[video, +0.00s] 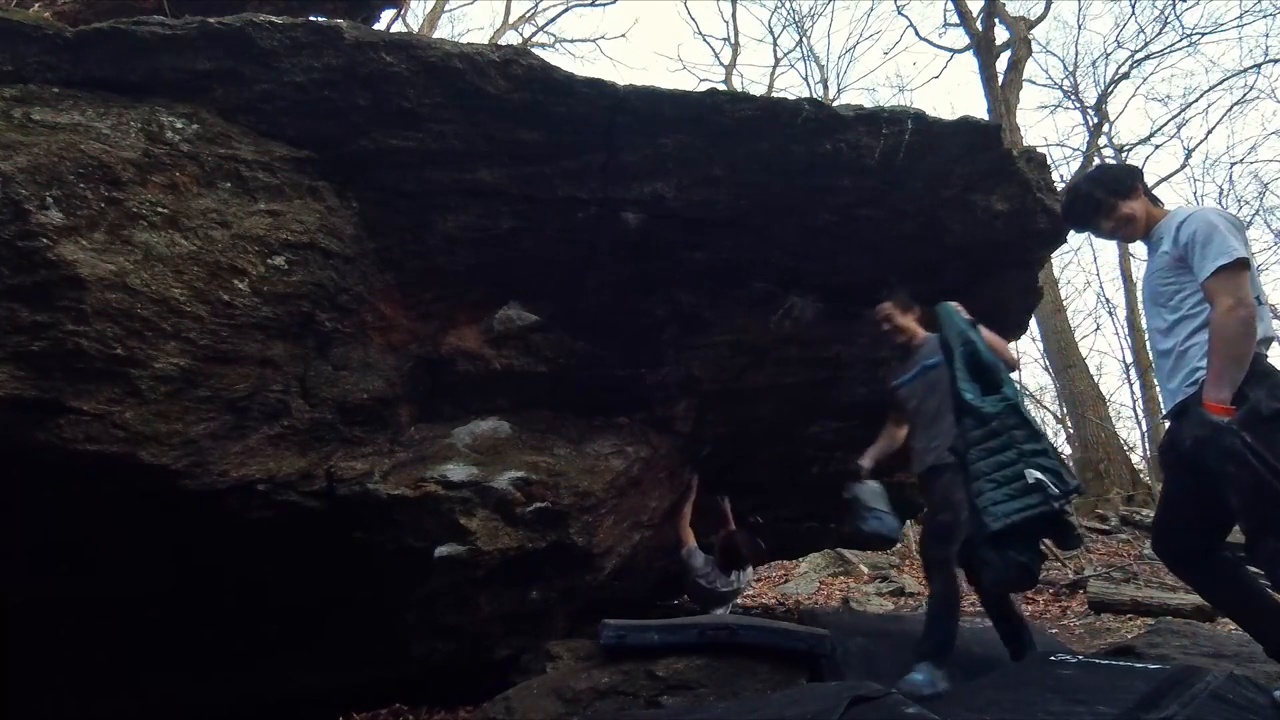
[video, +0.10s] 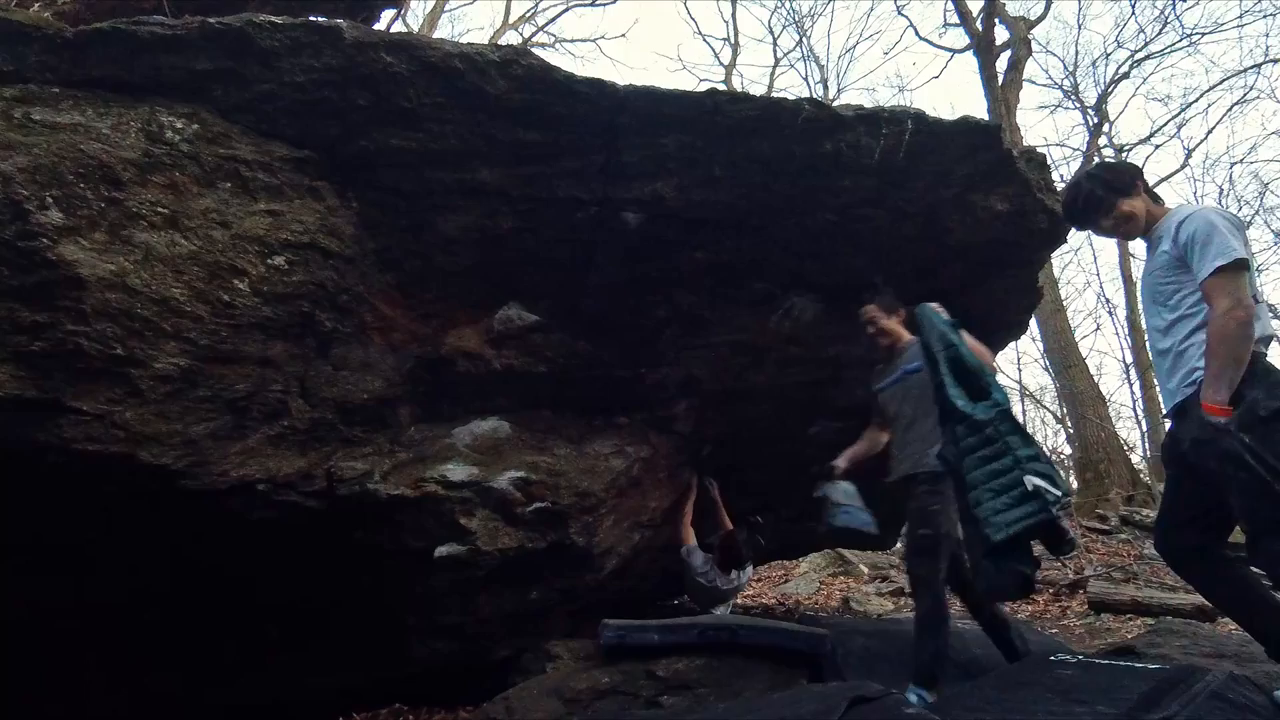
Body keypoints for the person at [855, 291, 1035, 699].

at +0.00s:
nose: (889, 328)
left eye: (891, 319)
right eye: (883, 325)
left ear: (912, 311)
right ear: (883, 330)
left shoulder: (948, 338)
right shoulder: (901, 372)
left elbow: (1007, 356)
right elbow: (897, 427)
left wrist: (968, 323)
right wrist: (869, 459)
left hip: (964, 463)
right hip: (933, 474)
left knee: (937, 556)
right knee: (979, 566)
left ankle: (934, 663)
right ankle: (1026, 656)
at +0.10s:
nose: (874, 332)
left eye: (877, 323)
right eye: (868, 328)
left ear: (899, 316)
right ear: (868, 332)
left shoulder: (930, 346)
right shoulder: (884, 374)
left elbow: (987, 363)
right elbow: (881, 430)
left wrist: (948, 326)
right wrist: (847, 457)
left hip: (940, 476)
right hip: (913, 482)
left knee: (924, 575)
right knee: (961, 578)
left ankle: (925, 687)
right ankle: (1021, 659)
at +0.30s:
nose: (831, 322)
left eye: (835, 313)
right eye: (825, 317)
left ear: (858, 308)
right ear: (827, 323)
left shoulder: (889, 339)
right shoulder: (844, 368)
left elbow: (951, 364)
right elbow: (846, 426)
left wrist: (905, 325)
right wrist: (809, 461)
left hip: (899, 471)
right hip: (861, 476)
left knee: (905, 577)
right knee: (850, 570)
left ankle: (923, 690)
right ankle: (934, 611)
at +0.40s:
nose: (810, 323)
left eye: (813, 312)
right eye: (804, 319)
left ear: (836, 304)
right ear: (803, 325)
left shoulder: (870, 333)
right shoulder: (823, 363)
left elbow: (931, 354)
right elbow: (830, 422)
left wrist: (883, 317)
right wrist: (794, 460)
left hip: (884, 474)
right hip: (841, 477)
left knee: (900, 589)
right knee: (800, 538)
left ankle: (922, 693)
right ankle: (875, 595)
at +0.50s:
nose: (787, 318)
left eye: (791, 307)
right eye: (781, 312)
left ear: (817, 301)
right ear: (783, 318)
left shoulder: (850, 330)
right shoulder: (805, 362)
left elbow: (913, 346)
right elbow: (811, 418)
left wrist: (867, 306)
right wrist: (778, 463)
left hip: (871, 475)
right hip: (824, 474)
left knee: (898, 593)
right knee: (772, 519)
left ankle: (921, 693)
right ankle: (809, 619)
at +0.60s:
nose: (766, 316)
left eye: (770, 305)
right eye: (760, 312)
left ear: (794, 300)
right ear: (760, 320)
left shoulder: (831, 325)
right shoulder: (785, 363)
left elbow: (890, 342)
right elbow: (790, 422)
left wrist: (844, 299)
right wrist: (759, 468)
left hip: (858, 472)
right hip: (804, 473)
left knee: (887, 582)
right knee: (759, 538)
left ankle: (920, 692)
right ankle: (747, 649)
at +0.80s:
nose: (719, 318)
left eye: (723, 308)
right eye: (713, 313)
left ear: (749, 302)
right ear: (713, 319)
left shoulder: (784, 335)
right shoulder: (734, 369)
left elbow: (844, 352)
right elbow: (743, 432)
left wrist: (805, 306)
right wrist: (717, 480)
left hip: (805, 481)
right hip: (754, 488)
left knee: (847, 587)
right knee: (746, 598)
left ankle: (907, 683)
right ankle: (736, 704)